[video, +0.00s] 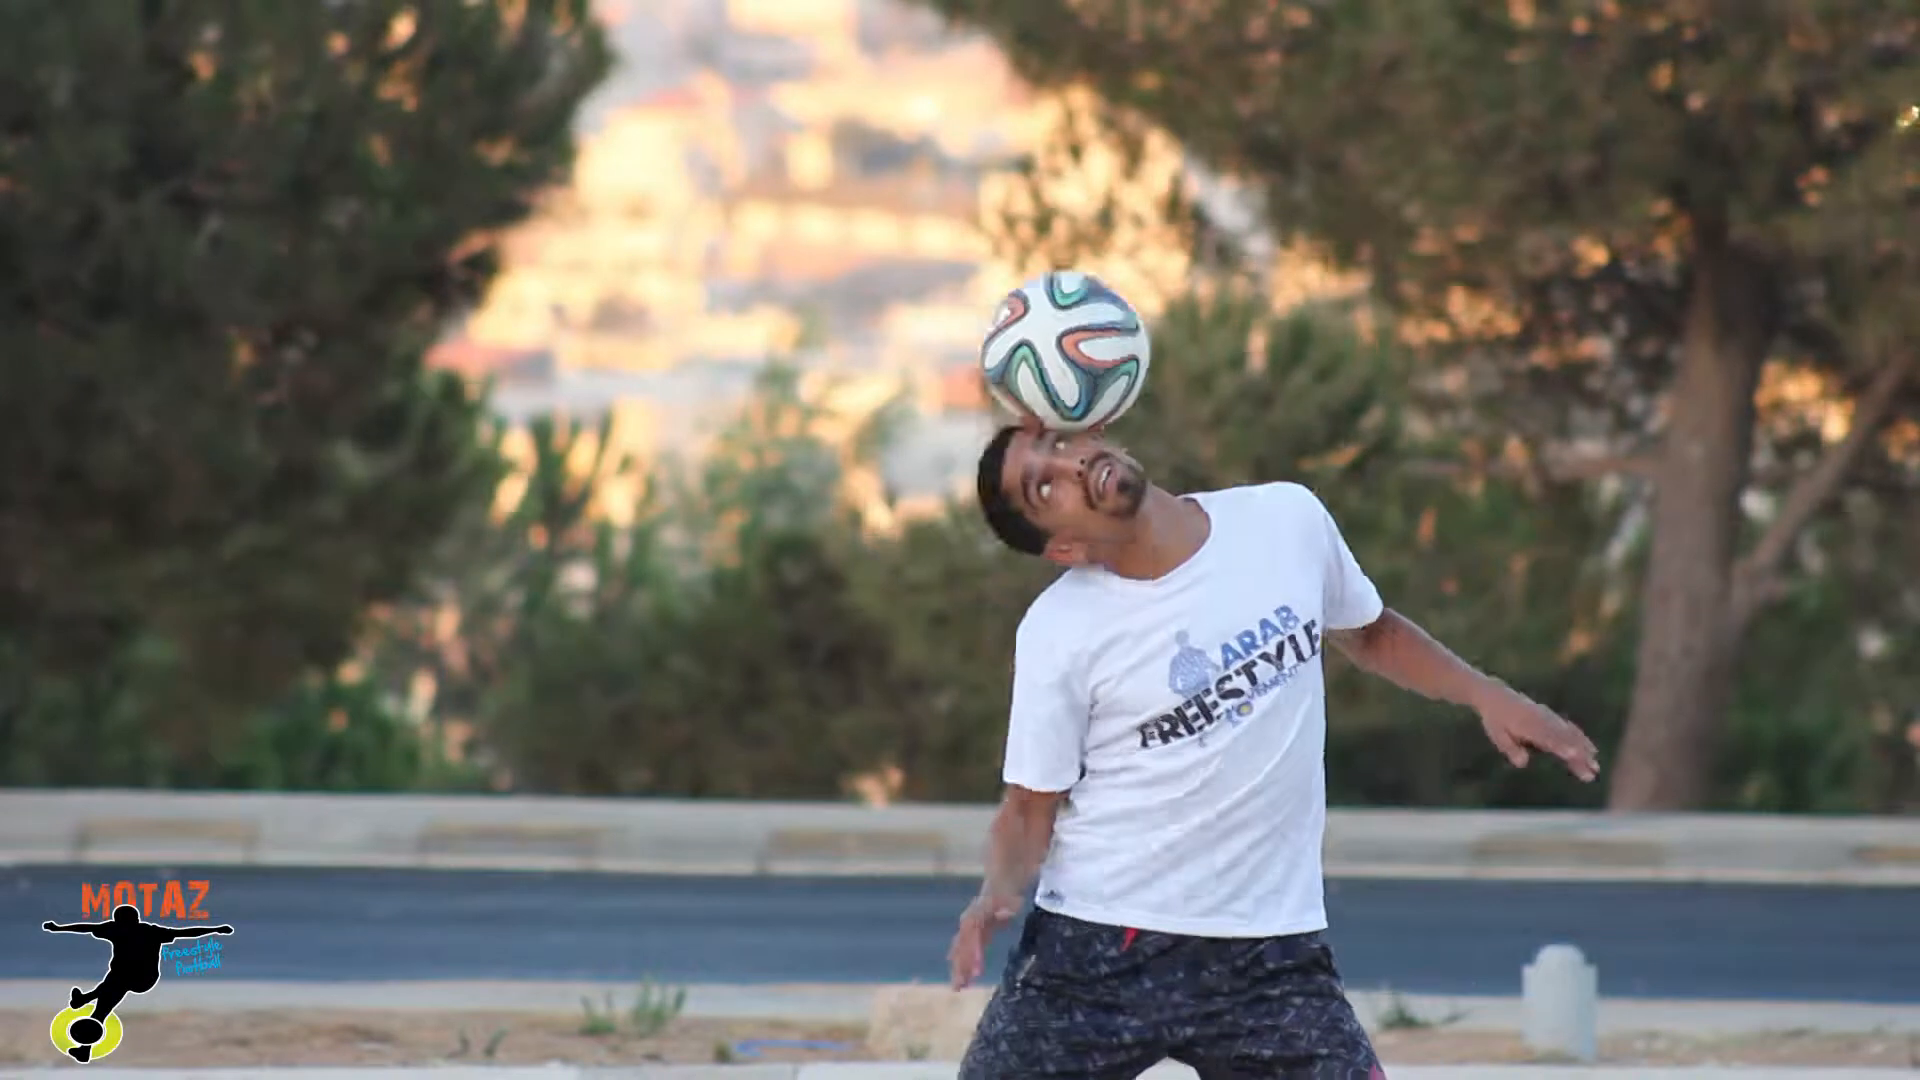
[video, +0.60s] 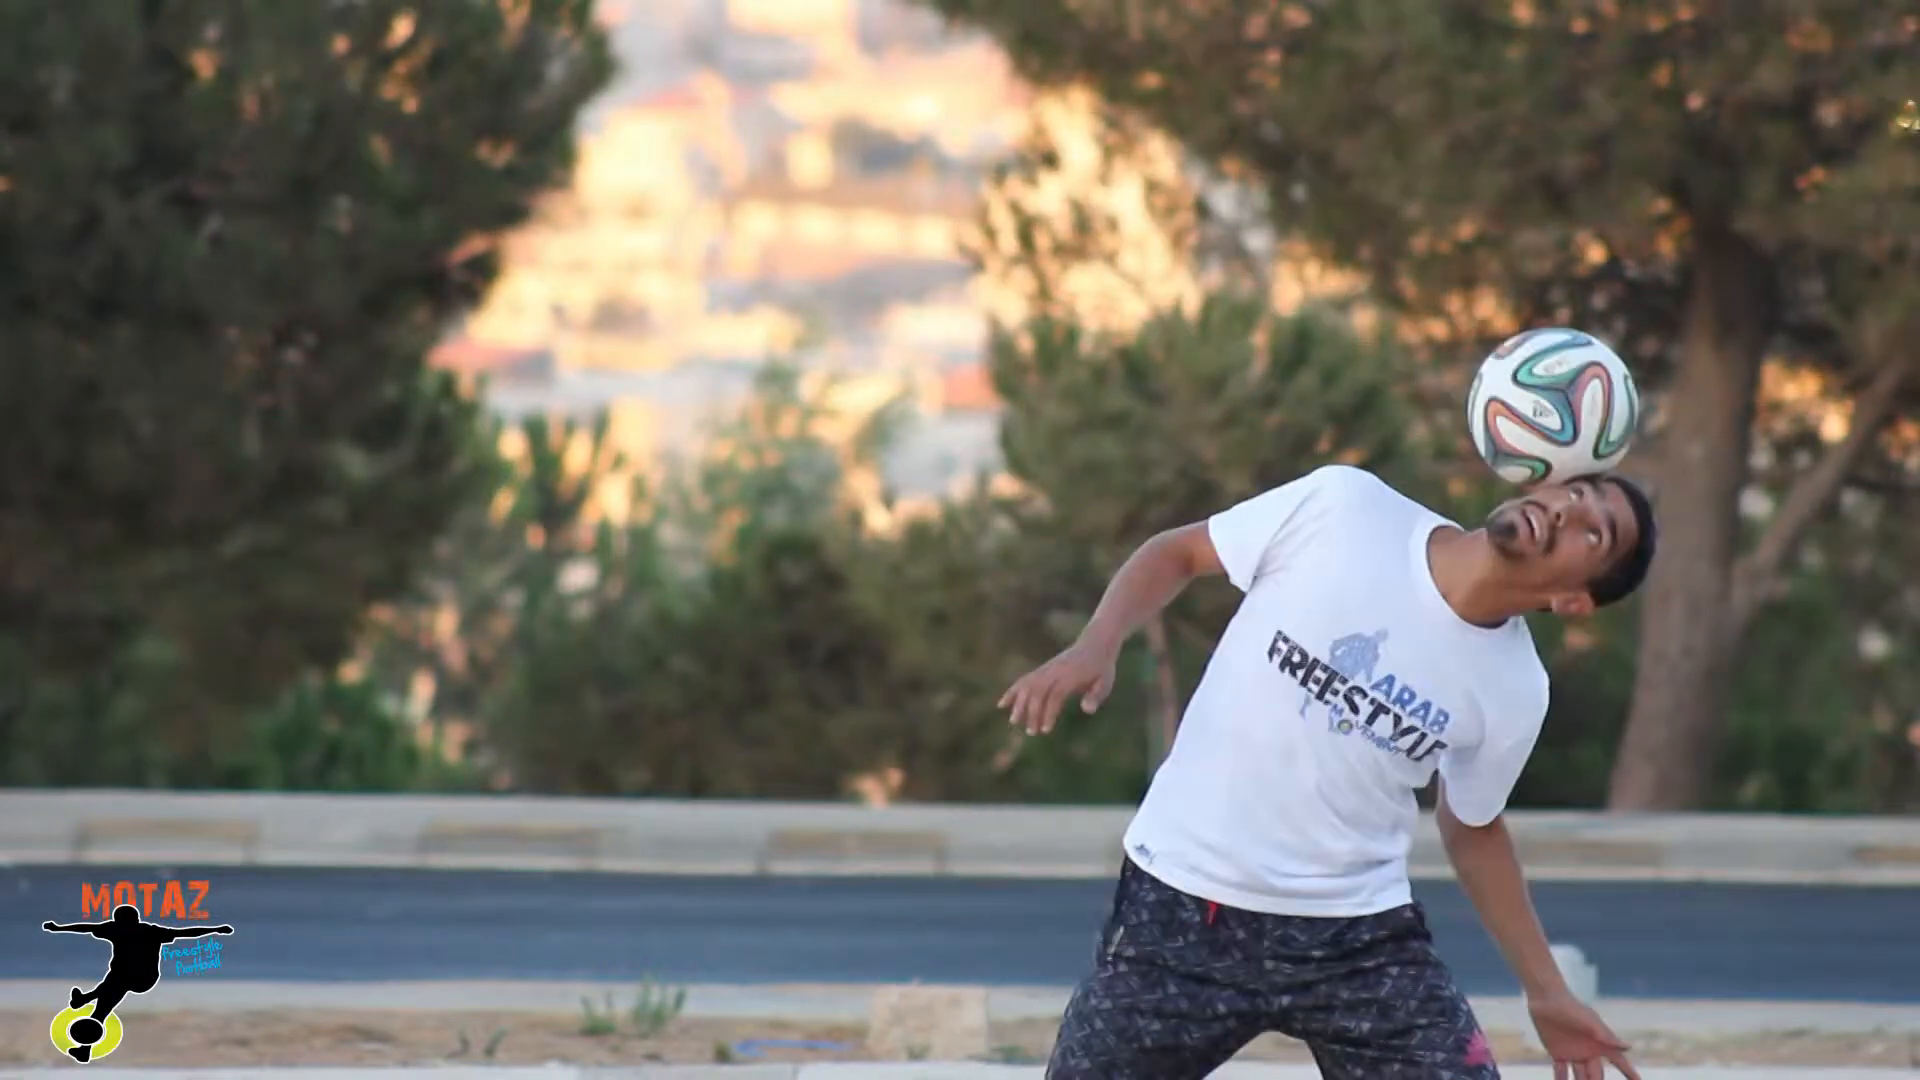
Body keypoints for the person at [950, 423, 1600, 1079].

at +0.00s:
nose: (1071, 461)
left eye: (1059, 443)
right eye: (1044, 486)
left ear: (1102, 439)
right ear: (1062, 550)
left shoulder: (1288, 521)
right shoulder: (1060, 633)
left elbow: (1372, 632)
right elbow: (1027, 803)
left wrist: (1487, 692)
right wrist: (1000, 890)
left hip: (1271, 971)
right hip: (1092, 968)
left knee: (1355, 1073)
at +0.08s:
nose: (1130, 387)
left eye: (1124, 369)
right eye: (1094, 401)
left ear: (1165, 387)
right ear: (1094, 474)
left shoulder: (1313, 501)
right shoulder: (1079, 582)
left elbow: (1369, 632)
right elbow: (1037, 759)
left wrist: (1506, 694)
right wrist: (1033, 838)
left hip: (1285, 945)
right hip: (1115, 945)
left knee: (1368, 1068)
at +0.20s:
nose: (1258, 325)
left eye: (1268, 316)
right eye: (1222, 321)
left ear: (1295, 364)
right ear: (1186, 389)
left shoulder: (1349, 514)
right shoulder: (1126, 501)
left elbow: (1345, 679)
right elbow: (1022, 671)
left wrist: (1478, 764)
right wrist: (1084, 719)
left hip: (1291, 903)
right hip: (1122, 901)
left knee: (1419, 1071)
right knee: (1034, 1070)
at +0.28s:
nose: (1323, 339)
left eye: (1340, 332)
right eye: (1291, 330)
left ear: (1359, 388)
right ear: (1244, 390)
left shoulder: (1374, 548)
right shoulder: (1167, 487)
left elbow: (1323, 703)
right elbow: (1027, 626)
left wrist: (1434, 819)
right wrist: (1102, 675)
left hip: (1298, 916)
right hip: (1129, 909)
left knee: (1405, 1070)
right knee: (1049, 1069)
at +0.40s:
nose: (1471, 431)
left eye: (1502, 441)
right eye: (1458, 414)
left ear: (1496, 514)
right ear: (1401, 443)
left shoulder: (1448, 636)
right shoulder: (1264, 498)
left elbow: (1367, 761)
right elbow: (1073, 562)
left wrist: (1410, 925)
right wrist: (1119, 643)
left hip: (1322, 939)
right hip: (1145, 925)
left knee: (1430, 1071)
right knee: (1062, 1070)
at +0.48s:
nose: (1525, 520)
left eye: (1554, 544)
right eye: (1531, 498)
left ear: (1528, 610)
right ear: (1479, 500)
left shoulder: (1465, 694)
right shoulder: (1298, 520)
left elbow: (1398, 821)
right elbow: (1107, 554)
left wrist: (1448, 979)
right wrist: (1114, 651)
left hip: (1322, 956)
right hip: (1140, 938)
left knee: (1443, 1066)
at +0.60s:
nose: (1562, 504)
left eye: (1592, 529)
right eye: (1574, 488)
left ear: (1570, 600)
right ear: (1536, 484)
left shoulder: (1513, 690)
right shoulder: (1338, 505)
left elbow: (1474, 828)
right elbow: (1174, 553)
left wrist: (1547, 993)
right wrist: (1095, 644)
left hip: (1360, 949)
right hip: (1179, 924)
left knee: (1461, 1068)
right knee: (1080, 1065)